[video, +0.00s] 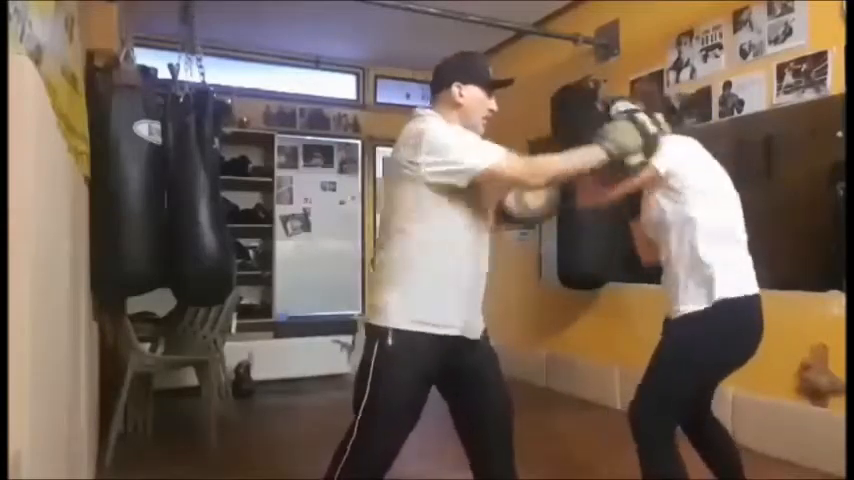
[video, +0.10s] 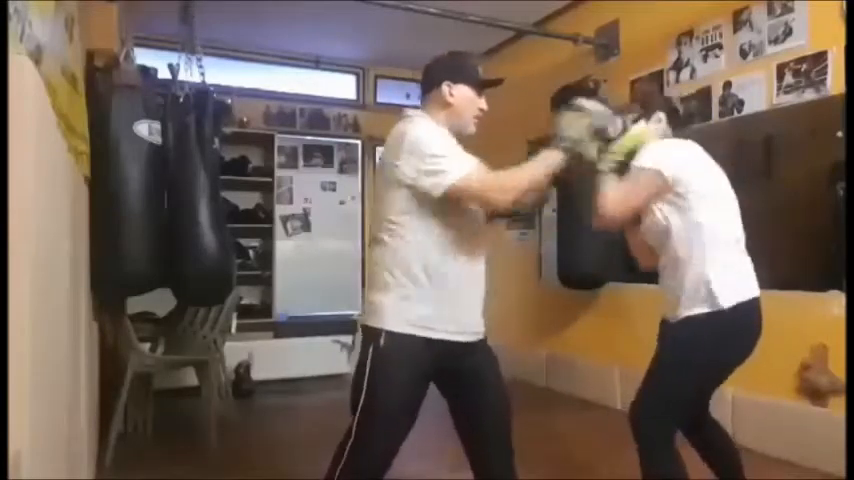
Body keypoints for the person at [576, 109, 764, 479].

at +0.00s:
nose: (620, 146)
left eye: (622, 136)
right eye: (617, 138)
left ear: (637, 132)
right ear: (656, 124)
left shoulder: (672, 148)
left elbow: (591, 196)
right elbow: (650, 255)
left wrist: (601, 150)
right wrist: (630, 195)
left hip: (708, 319)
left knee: (648, 415)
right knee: (693, 413)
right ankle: (734, 474)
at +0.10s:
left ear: (628, 131)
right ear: (653, 127)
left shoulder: (666, 153)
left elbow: (610, 211)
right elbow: (648, 259)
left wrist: (604, 166)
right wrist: (628, 210)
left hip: (708, 319)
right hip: (730, 316)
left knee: (649, 418)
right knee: (691, 414)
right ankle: (734, 473)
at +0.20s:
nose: (627, 127)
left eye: (635, 117)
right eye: (625, 119)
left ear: (665, 113)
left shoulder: (701, 156)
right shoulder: (648, 165)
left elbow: (665, 230)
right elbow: (611, 231)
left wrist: (647, 172)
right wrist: (605, 181)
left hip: (716, 313)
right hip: (672, 317)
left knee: (654, 418)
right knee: (699, 419)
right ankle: (730, 473)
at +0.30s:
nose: (631, 125)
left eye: (638, 115)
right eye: (628, 117)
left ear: (671, 111)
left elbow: (704, 219)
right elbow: (567, 169)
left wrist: (670, 159)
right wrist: (558, 126)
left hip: (716, 312)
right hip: (667, 317)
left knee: (656, 416)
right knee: (705, 420)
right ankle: (738, 475)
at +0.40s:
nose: (634, 124)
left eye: (640, 113)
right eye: (630, 116)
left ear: (669, 110)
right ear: (631, 121)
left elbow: (734, 179)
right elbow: (585, 172)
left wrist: (680, 139)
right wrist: (570, 146)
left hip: (713, 310)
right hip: (663, 315)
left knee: (656, 417)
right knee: (697, 419)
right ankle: (736, 473)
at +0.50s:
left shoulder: (708, 152)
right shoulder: (653, 175)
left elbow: (719, 117)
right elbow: (627, 221)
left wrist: (668, 111)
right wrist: (602, 188)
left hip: (707, 302)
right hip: (677, 307)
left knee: (652, 414)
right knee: (694, 414)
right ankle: (737, 473)